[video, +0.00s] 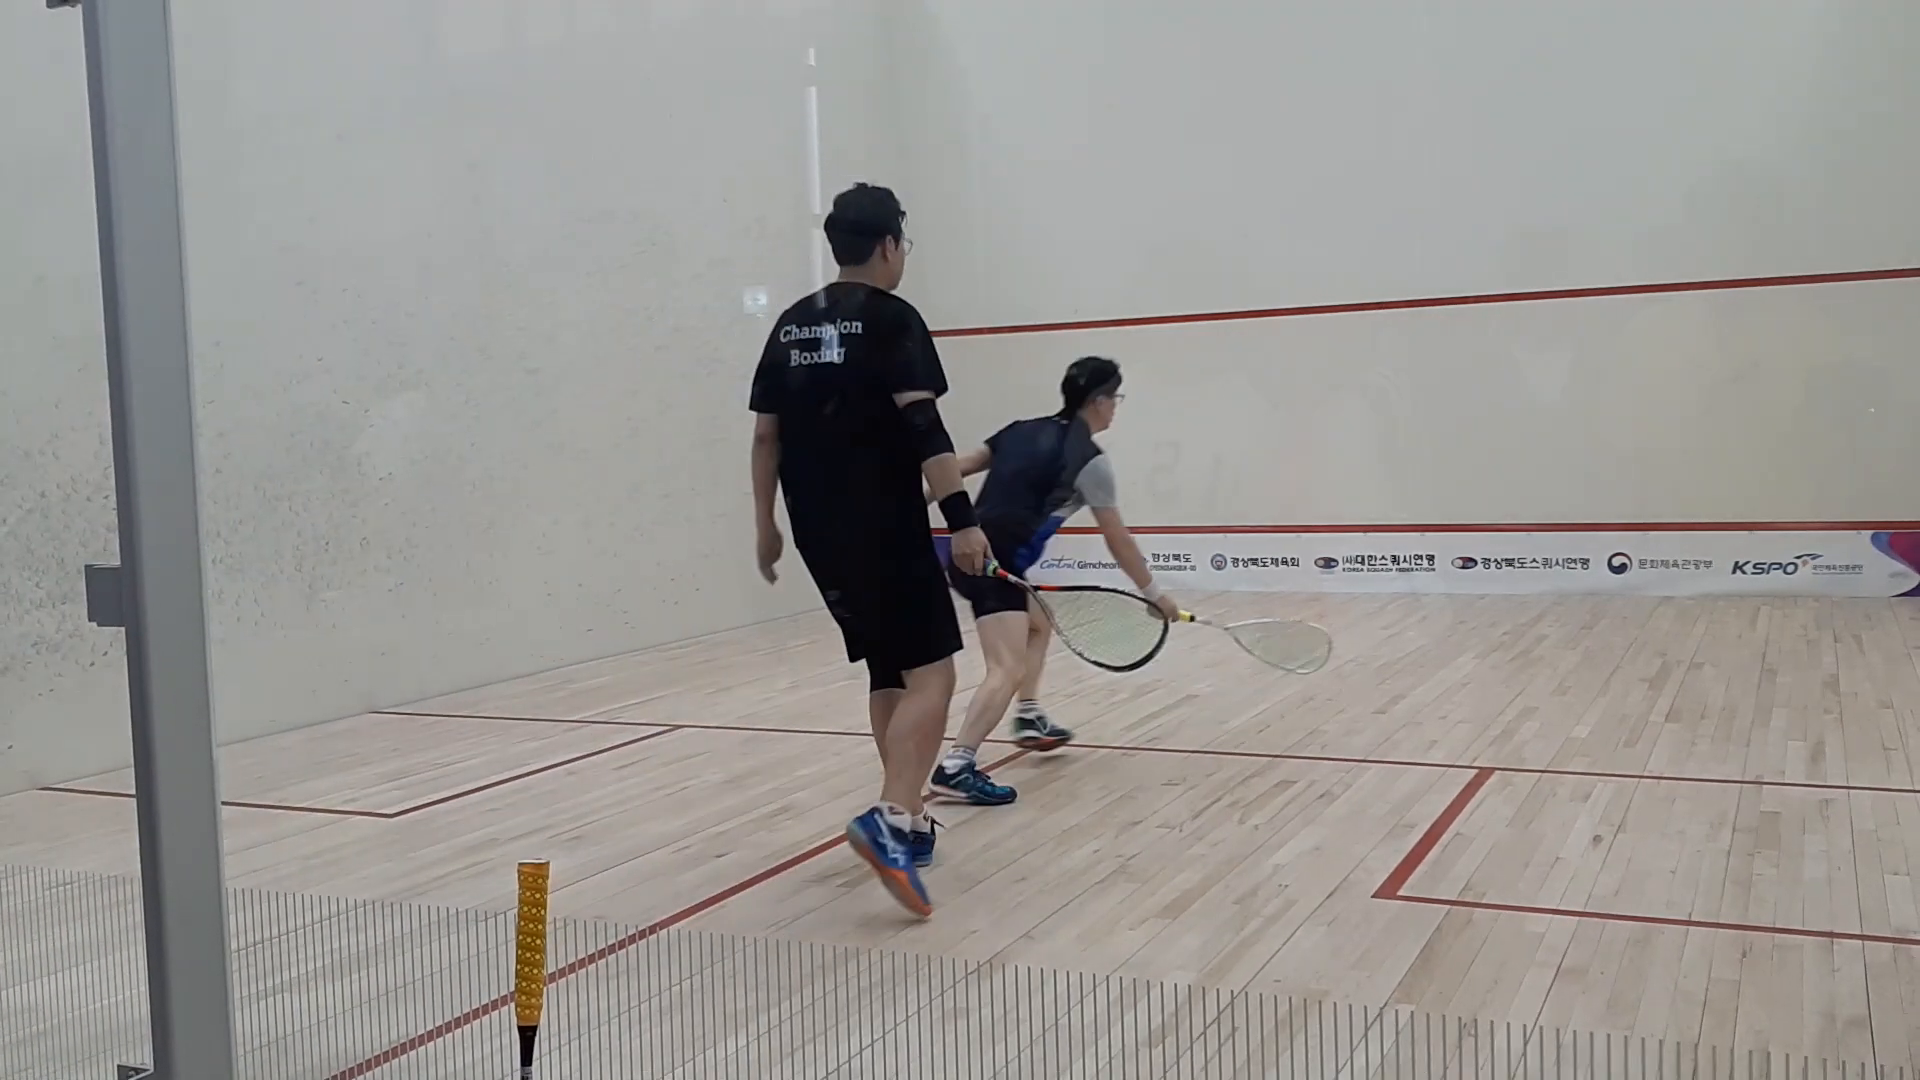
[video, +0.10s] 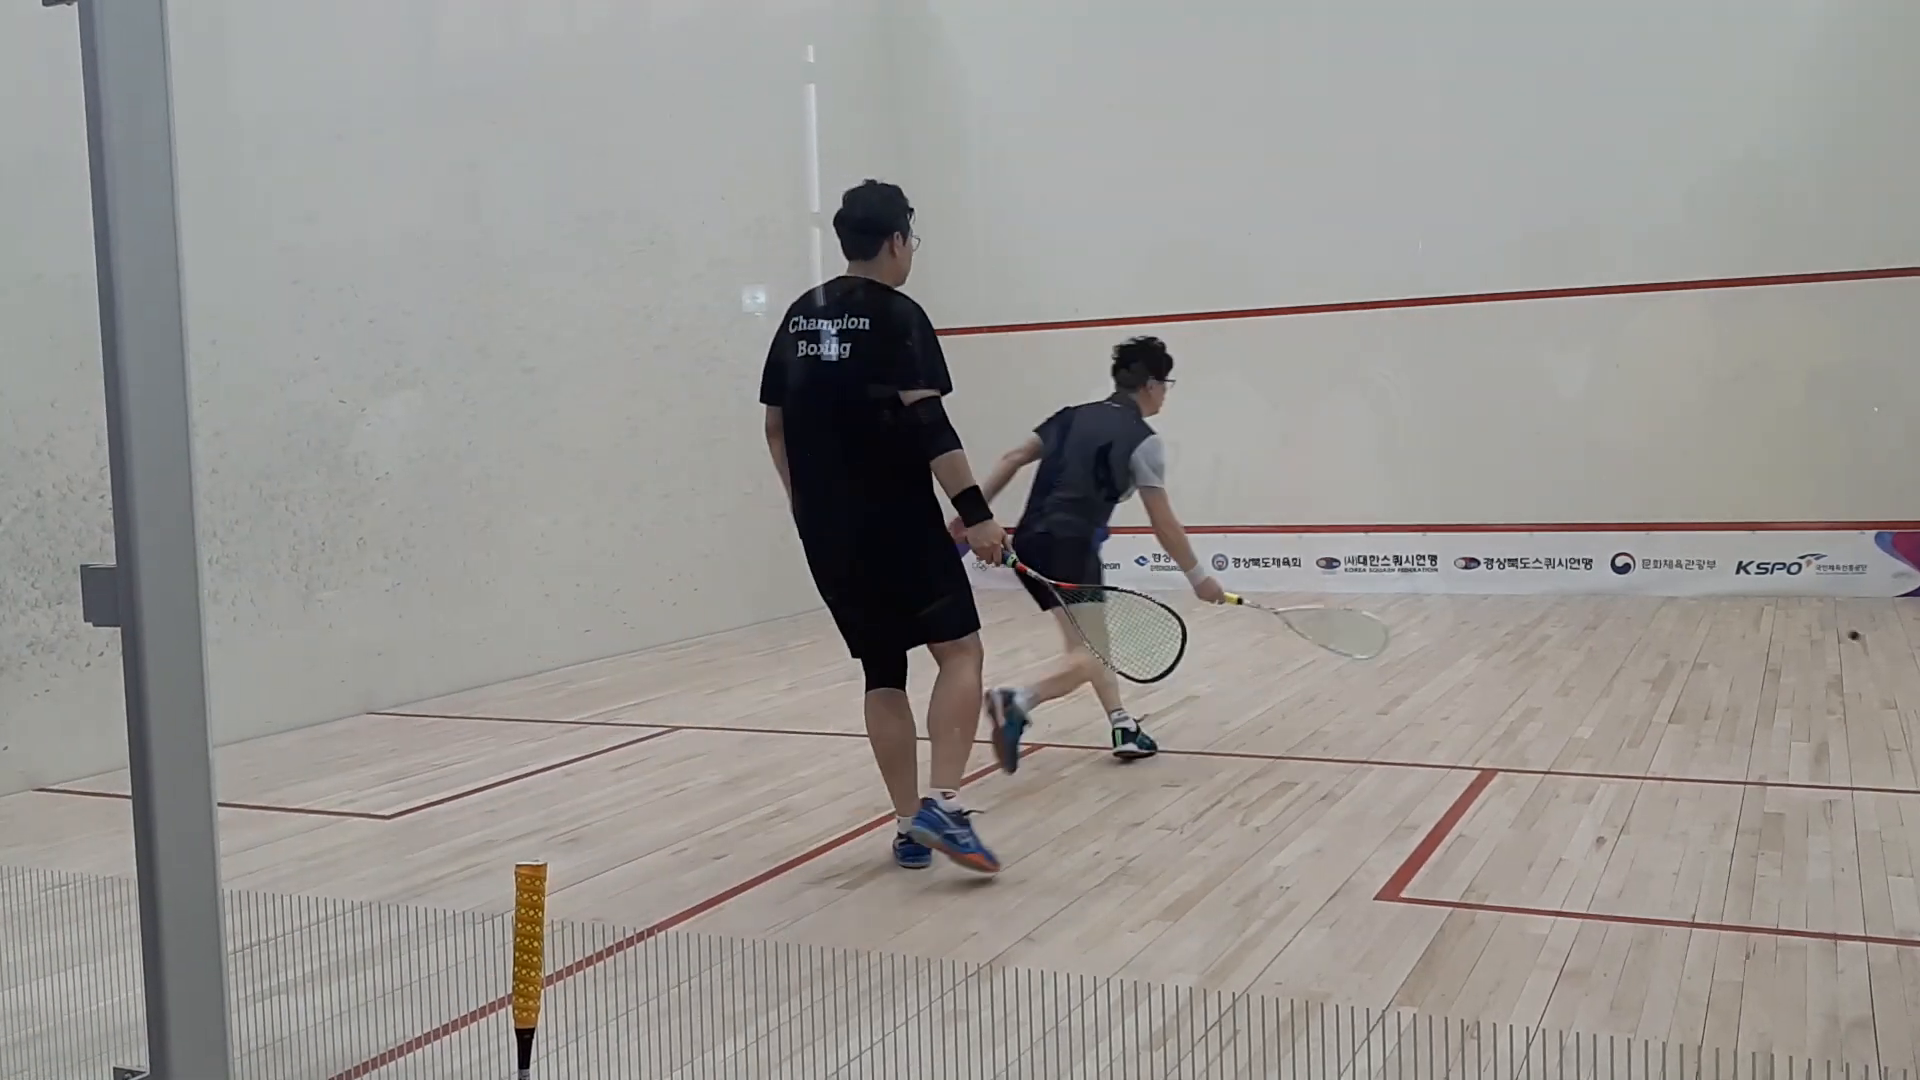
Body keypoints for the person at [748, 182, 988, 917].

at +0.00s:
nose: (905, 255)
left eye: (901, 243)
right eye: (903, 244)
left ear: (836, 246)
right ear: (888, 246)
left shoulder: (791, 322)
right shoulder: (894, 321)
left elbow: (765, 434)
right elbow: (924, 427)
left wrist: (765, 521)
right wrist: (961, 522)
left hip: (820, 533)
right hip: (888, 528)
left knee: (885, 676)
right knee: (934, 671)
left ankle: (908, 818)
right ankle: (892, 819)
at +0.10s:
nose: (913, 252)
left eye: (909, 240)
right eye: (911, 240)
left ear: (846, 242)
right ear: (897, 242)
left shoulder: (798, 315)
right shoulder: (898, 315)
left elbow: (777, 431)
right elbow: (928, 421)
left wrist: (806, 507)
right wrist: (976, 515)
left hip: (827, 529)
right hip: (902, 519)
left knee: (881, 671)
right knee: (960, 653)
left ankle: (909, 827)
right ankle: (943, 804)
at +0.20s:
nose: (921, 252)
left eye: (918, 241)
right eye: (919, 241)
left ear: (856, 244)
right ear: (904, 245)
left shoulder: (808, 309)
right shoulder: (906, 316)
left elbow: (778, 407)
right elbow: (934, 424)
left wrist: (825, 463)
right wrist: (986, 512)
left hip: (831, 521)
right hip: (909, 512)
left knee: (878, 663)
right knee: (964, 641)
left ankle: (910, 824)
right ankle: (996, 799)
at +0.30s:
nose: (926, 266)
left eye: (924, 254)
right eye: (924, 255)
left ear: (864, 258)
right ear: (910, 259)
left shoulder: (815, 317)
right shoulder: (910, 328)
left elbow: (781, 411)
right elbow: (942, 433)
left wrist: (838, 445)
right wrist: (997, 519)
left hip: (835, 527)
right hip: (911, 518)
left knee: (881, 667)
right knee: (965, 643)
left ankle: (909, 819)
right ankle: (1018, 774)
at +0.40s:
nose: (932, 281)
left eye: (930, 270)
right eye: (931, 270)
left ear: (872, 270)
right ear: (918, 272)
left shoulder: (824, 327)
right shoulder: (921, 343)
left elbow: (777, 409)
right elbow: (958, 447)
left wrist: (802, 460)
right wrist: (1012, 525)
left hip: (837, 521)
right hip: (912, 514)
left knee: (878, 657)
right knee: (956, 635)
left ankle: (903, 790)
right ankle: (986, 774)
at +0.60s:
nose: (912, 302)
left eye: (910, 293)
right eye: (911, 293)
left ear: (855, 298)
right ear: (901, 299)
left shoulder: (811, 350)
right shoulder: (921, 366)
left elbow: (751, 415)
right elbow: (965, 451)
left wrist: (702, 486)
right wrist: (1011, 516)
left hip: (822, 519)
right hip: (897, 522)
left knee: (822, 614)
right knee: (953, 613)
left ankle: (824, 741)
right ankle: (973, 730)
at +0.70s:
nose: (889, 327)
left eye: (887, 319)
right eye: (886, 319)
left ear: (831, 325)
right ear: (876, 324)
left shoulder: (791, 380)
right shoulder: (896, 386)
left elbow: (748, 446)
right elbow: (934, 469)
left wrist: (702, 511)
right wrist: (983, 517)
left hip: (813, 539)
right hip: (883, 537)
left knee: (806, 628)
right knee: (947, 621)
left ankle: (778, 735)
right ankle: (973, 745)